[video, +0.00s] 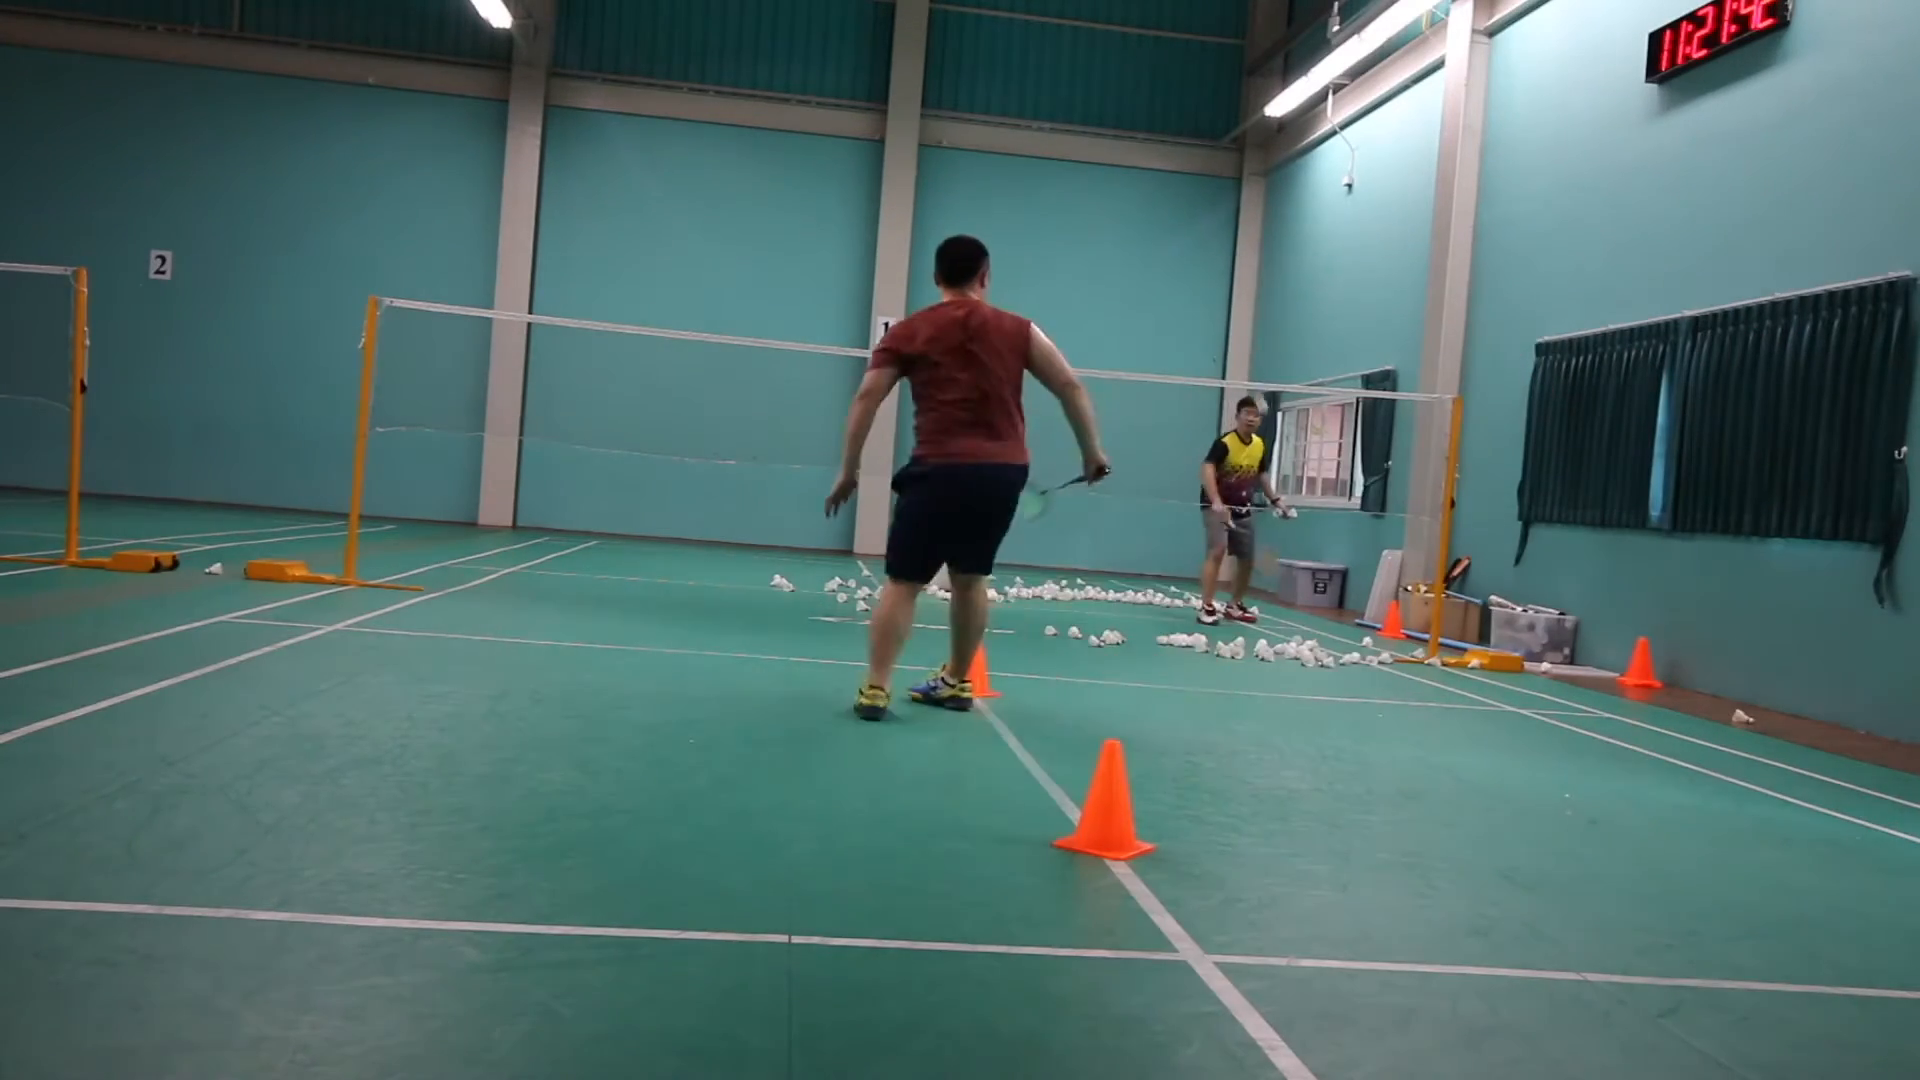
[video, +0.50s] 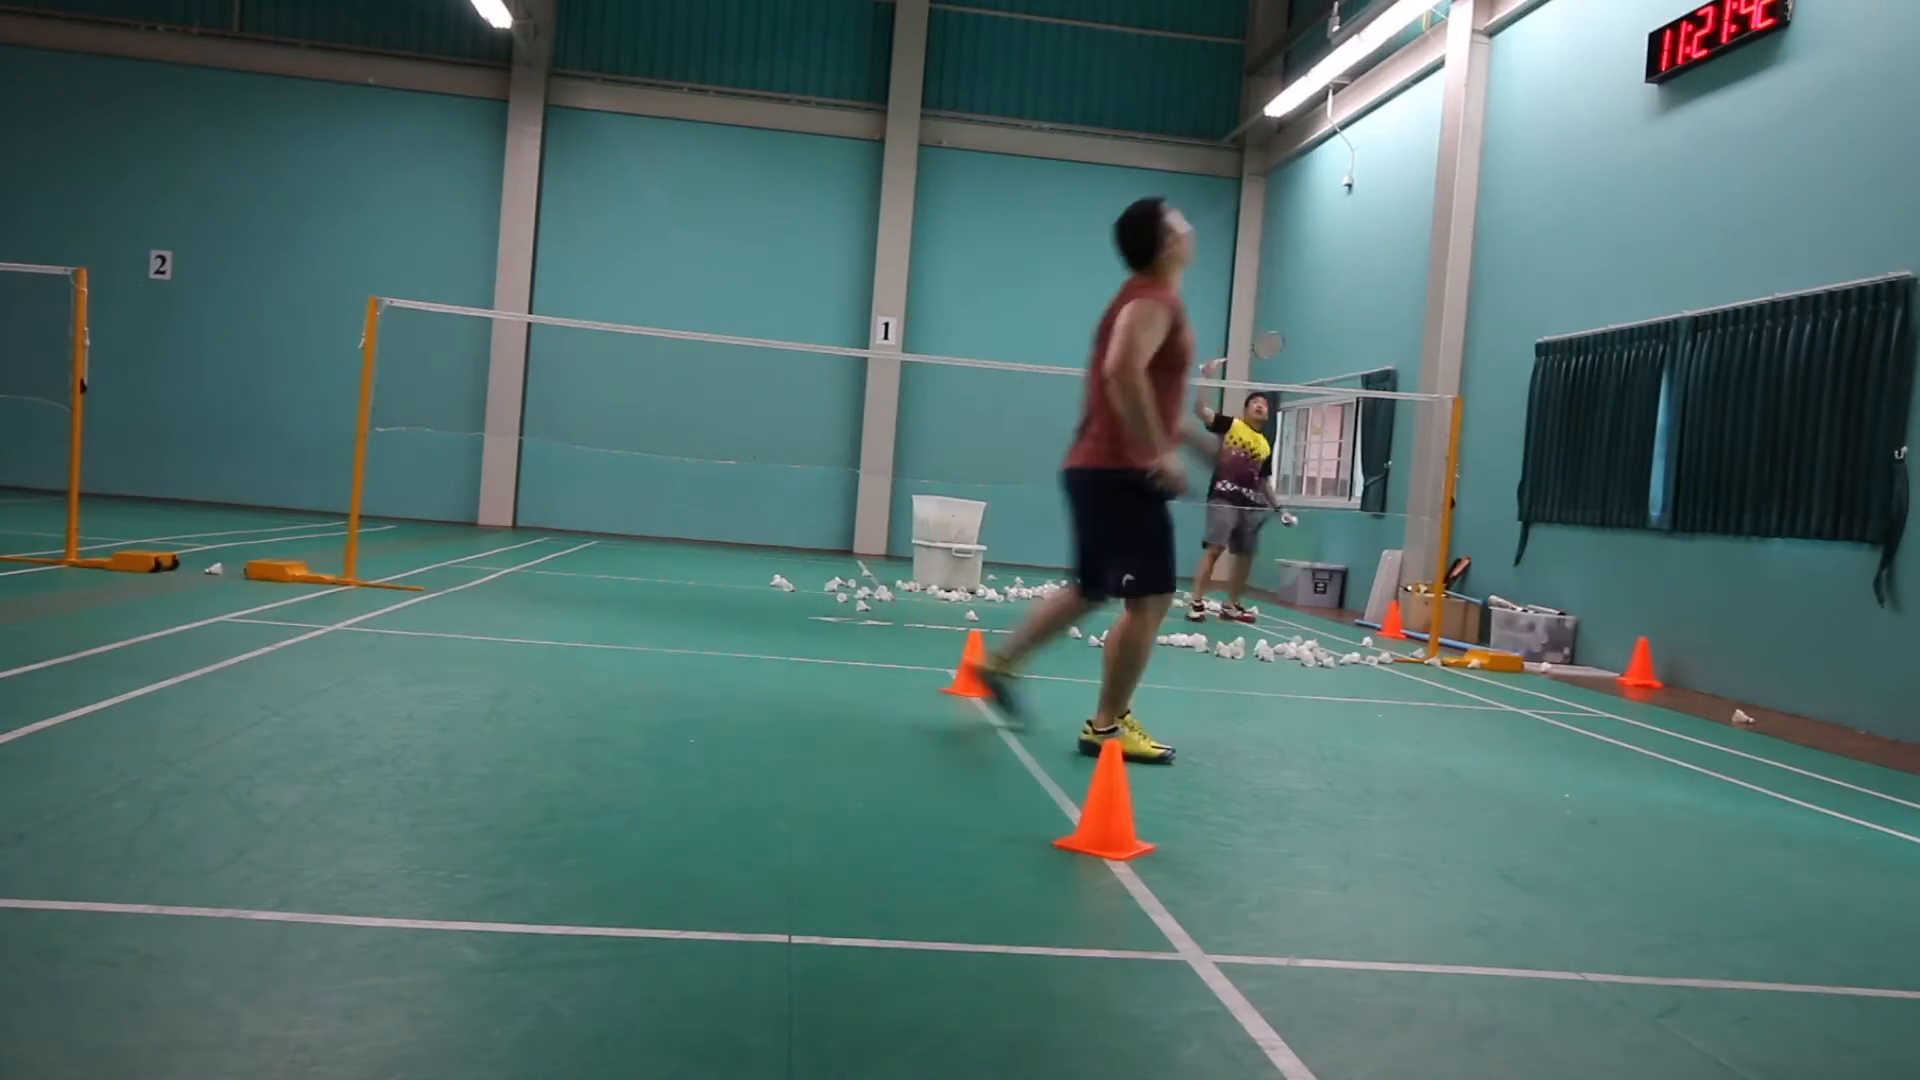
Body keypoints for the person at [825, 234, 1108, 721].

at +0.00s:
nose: (988, 284)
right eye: (988, 278)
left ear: (937, 279)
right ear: (984, 278)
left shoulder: (909, 331)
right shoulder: (1016, 329)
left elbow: (868, 395)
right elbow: (1069, 386)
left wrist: (848, 471)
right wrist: (1093, 453)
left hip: (936, 473)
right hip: (1003, 473)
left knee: (903, 583)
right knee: (971, 577)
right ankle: (956, 680)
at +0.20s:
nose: (1034, 269)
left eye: (1031, 262)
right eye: (1033, 262)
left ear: (982, 263)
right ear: (1024, 263)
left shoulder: (937, 313)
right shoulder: (1035, 313)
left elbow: (911, 390)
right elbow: (1041, 387)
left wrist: (922, 440)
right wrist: (1051, 466)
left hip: (938, 461)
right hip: (1005, 460)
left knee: (933, 565)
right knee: (1039, 573)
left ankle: (886, 662)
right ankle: (1043, 691)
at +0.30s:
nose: (1068, 290)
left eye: (1065, 280)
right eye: (1065, 281)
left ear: (1016, 289)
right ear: (1055, 288)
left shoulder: (984, 335)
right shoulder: (1049, 344)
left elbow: (950, 380)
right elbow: (1049, 420)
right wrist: (1070, 497)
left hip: (950, 491)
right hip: (1010, 494)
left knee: (940, 588)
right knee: (1081, 588)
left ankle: (883, 684)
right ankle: (1103, 708)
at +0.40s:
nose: (1133, 266)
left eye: (1127, 258)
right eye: (1126, 260)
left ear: (1084, 279)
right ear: (1115, 275)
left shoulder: (1065, 331)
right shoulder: (1104, 332)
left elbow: (1041, 412)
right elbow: (1086, 407)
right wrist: (1109, 491)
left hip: (1024, 495)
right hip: (1069, 498)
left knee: (992, 590)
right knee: (1139, 596)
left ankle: (905, 668)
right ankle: (1108, 724)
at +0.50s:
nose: (1188, 228)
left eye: (1181, 220)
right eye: (1179, 222)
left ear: (1146, 247)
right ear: (1166, 241)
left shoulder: (1143, 299)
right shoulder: (1152, 302)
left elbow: (1155, 397)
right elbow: (1123, 371)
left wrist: (1209, 444)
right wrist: (1157, 453)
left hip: (1097, 470)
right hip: (1125, 475)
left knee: (1091, 586)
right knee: (1152, 599)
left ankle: (999, 664)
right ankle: (1108, 722)